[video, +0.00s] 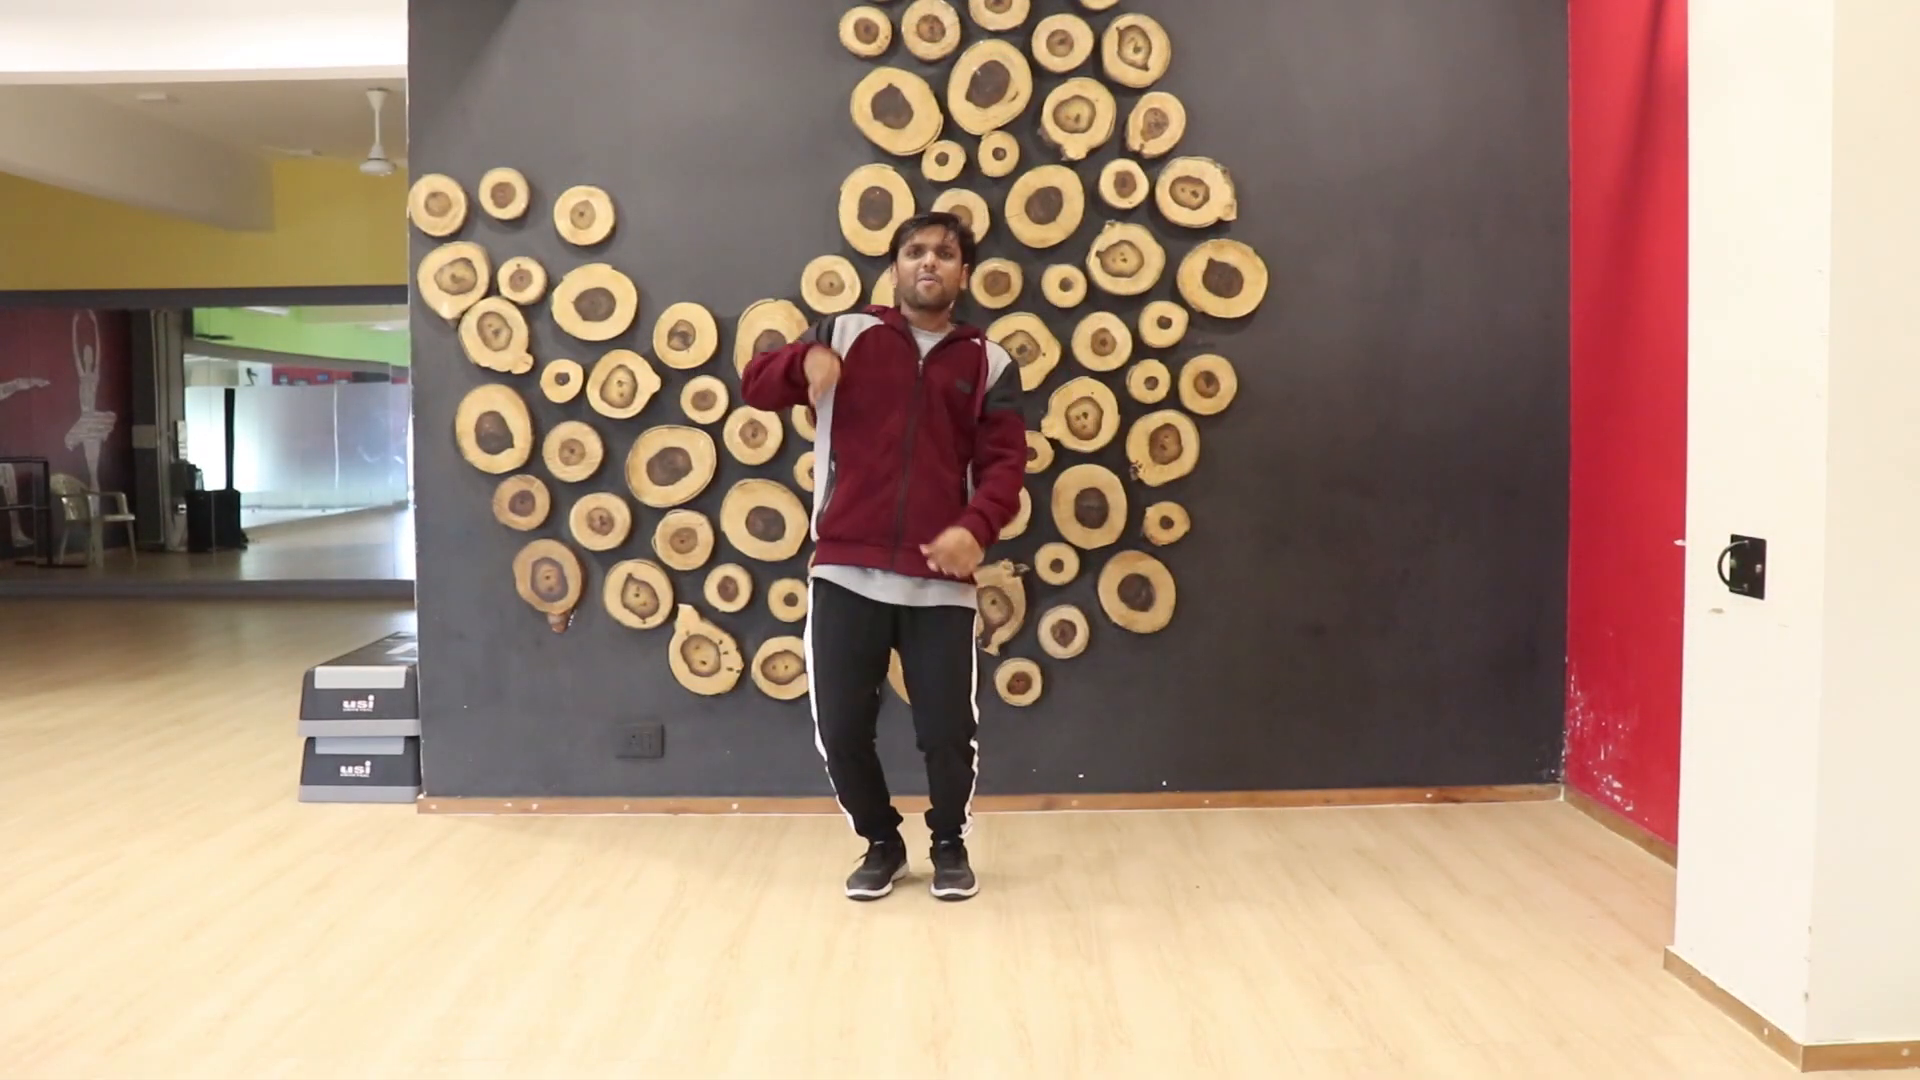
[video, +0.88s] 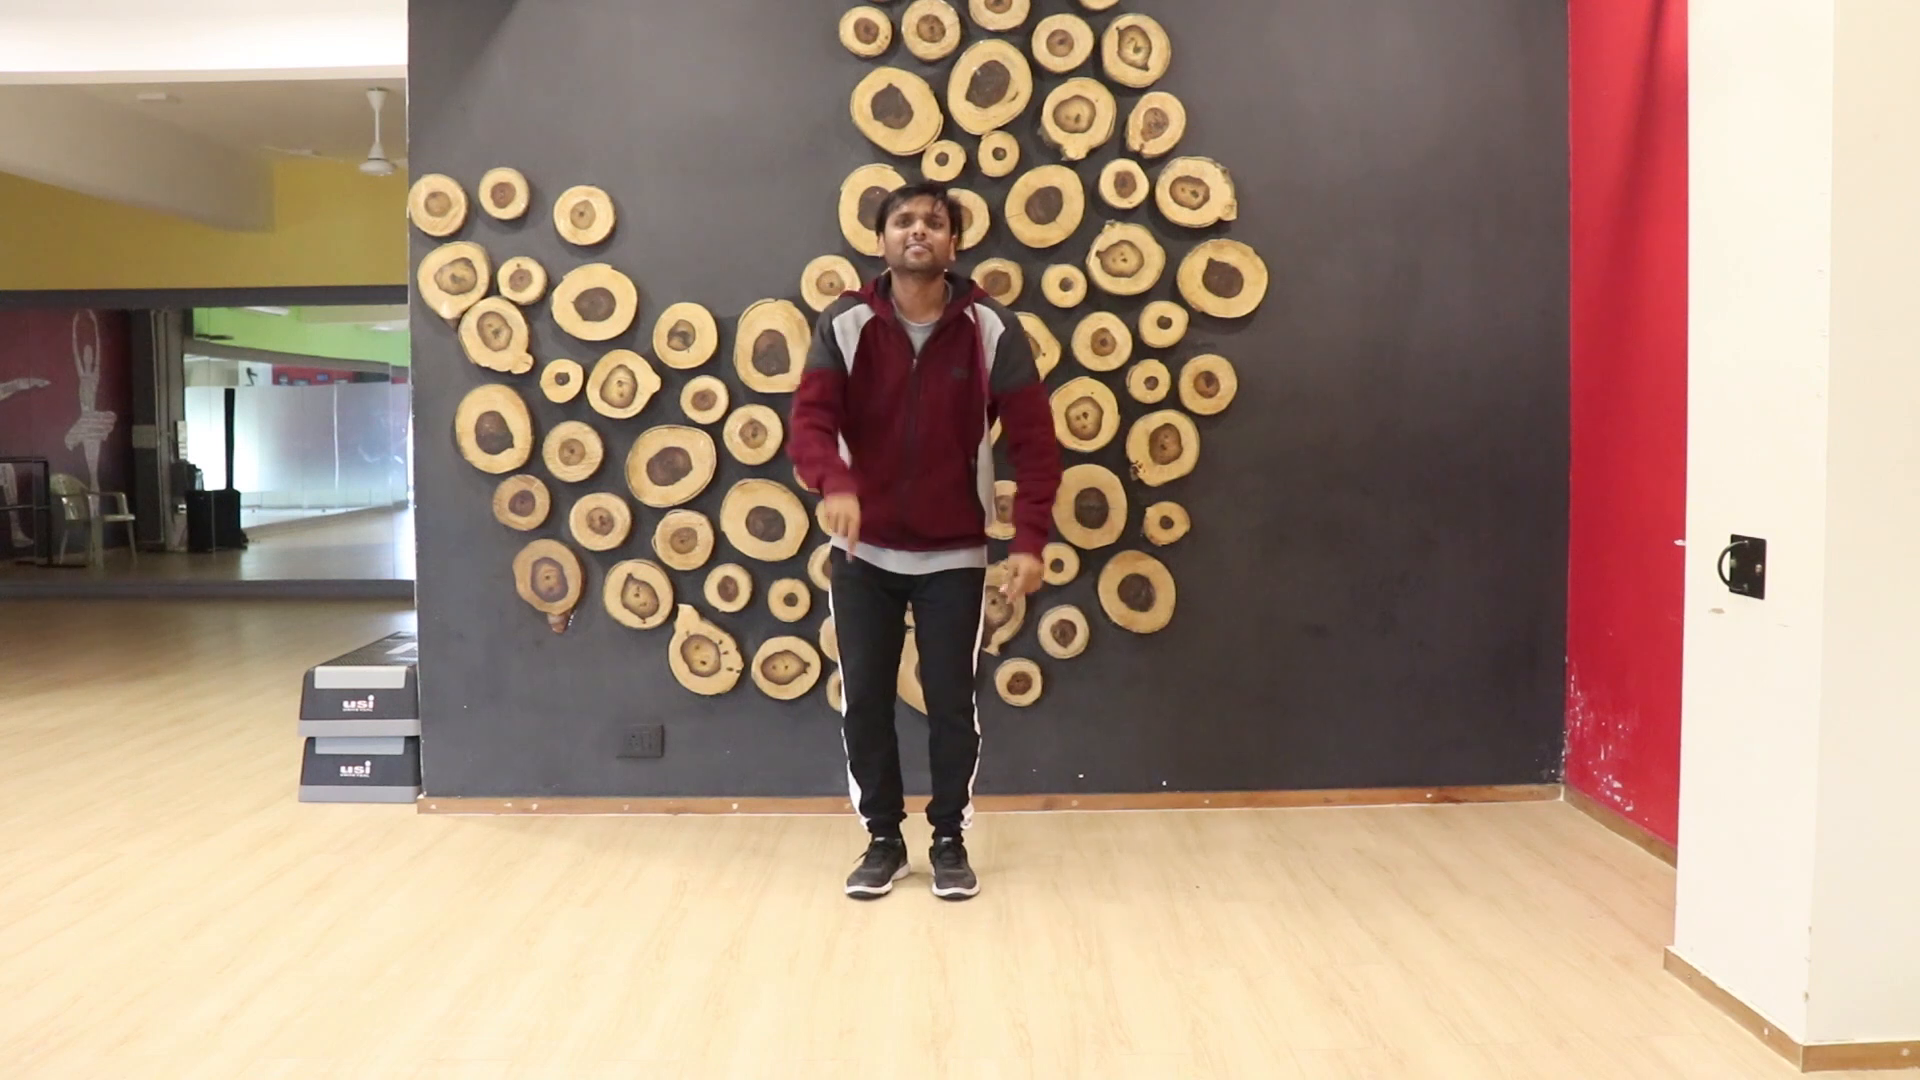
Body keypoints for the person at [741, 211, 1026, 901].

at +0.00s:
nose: (929, 263)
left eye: (944, 254)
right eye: (916, 252)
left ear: (965, 274)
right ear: (893, 269)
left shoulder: (986, 361)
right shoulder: (847, 333)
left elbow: (1005, 460)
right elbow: (755, 385)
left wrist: (975, 527)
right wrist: (802, 358)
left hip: (940, 576)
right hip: (846, 570)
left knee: (947, 730)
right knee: (839, 731)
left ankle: (948, 844)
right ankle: (881, 844)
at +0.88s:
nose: (919, 232)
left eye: (933, 223)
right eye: (904, 222)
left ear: (954, 243)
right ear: (882, 242)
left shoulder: (990, 328)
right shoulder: (845, 324)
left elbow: (1032, 439)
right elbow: (812, 417)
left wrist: (1029, 542)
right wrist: (833, 485)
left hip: (953, 550)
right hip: (864, 546)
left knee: (951, 702)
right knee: (863, 702)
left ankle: (949, 841)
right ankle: (883, 841)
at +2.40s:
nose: (949, 283)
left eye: (963, 270)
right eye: (935, 268)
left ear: (979, 276)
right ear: (909, 271)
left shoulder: (1009, 342)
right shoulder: (871, 355)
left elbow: (1021, 459)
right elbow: (858, 473)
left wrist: (1017, 564)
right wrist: (860, 584)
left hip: (996, 550)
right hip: (916, 551)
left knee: (1012, 681)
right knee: (943, 692)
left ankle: (1012, 817)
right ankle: (936, 842)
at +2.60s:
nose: (965, 281)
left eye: (980, 269)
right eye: (952, 265)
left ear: (998, 279)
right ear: (925, 271)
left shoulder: (1024, 355)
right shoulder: (887, 355)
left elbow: (1070, 463)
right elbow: (877, 470)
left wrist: (1065, 583)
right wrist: (895, 565)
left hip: (987, 564)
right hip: (907, 561)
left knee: (958, 697)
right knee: (901, 704)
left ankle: (990, 848)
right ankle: (920, 846)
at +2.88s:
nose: (993, 280)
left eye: (1008, 269)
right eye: (980, 267)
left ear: (1029, 285)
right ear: (957, 279)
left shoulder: (1064, 369)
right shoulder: (923, 360)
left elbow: (1094, 480)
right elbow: (883, 469)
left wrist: (1058, 573)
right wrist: (885, 569)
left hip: (991, 584)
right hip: (910, 575)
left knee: (955, 719)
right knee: (848, 695)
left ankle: (988, 855)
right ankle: (907, 843)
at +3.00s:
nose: (1006, 269)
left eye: (1020, 258)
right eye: (991, 257)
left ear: (1039, 273)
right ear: (968, 272)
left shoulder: (1074, 362)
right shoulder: (932, 355)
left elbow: (1098, 474)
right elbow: (877, 458)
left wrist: (1064, 578)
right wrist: (823, 556)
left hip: (996, 580)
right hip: (908, 564)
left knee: (960, 715)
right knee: (849, 688)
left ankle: (988, 857)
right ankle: (866, 859)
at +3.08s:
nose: (1014, 262)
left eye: (1028, 253)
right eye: (1000, 251)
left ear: (1048, 270)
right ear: (974, 265)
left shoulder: (1072, 357)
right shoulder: (933, 348)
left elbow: (1088, 466)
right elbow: (873, 453)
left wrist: (1075, 566)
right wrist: (800, 538)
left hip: (1006, 571)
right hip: (918, 556)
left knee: (972, 710)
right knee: (873, 695)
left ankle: (990, 856)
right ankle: (821, 849)